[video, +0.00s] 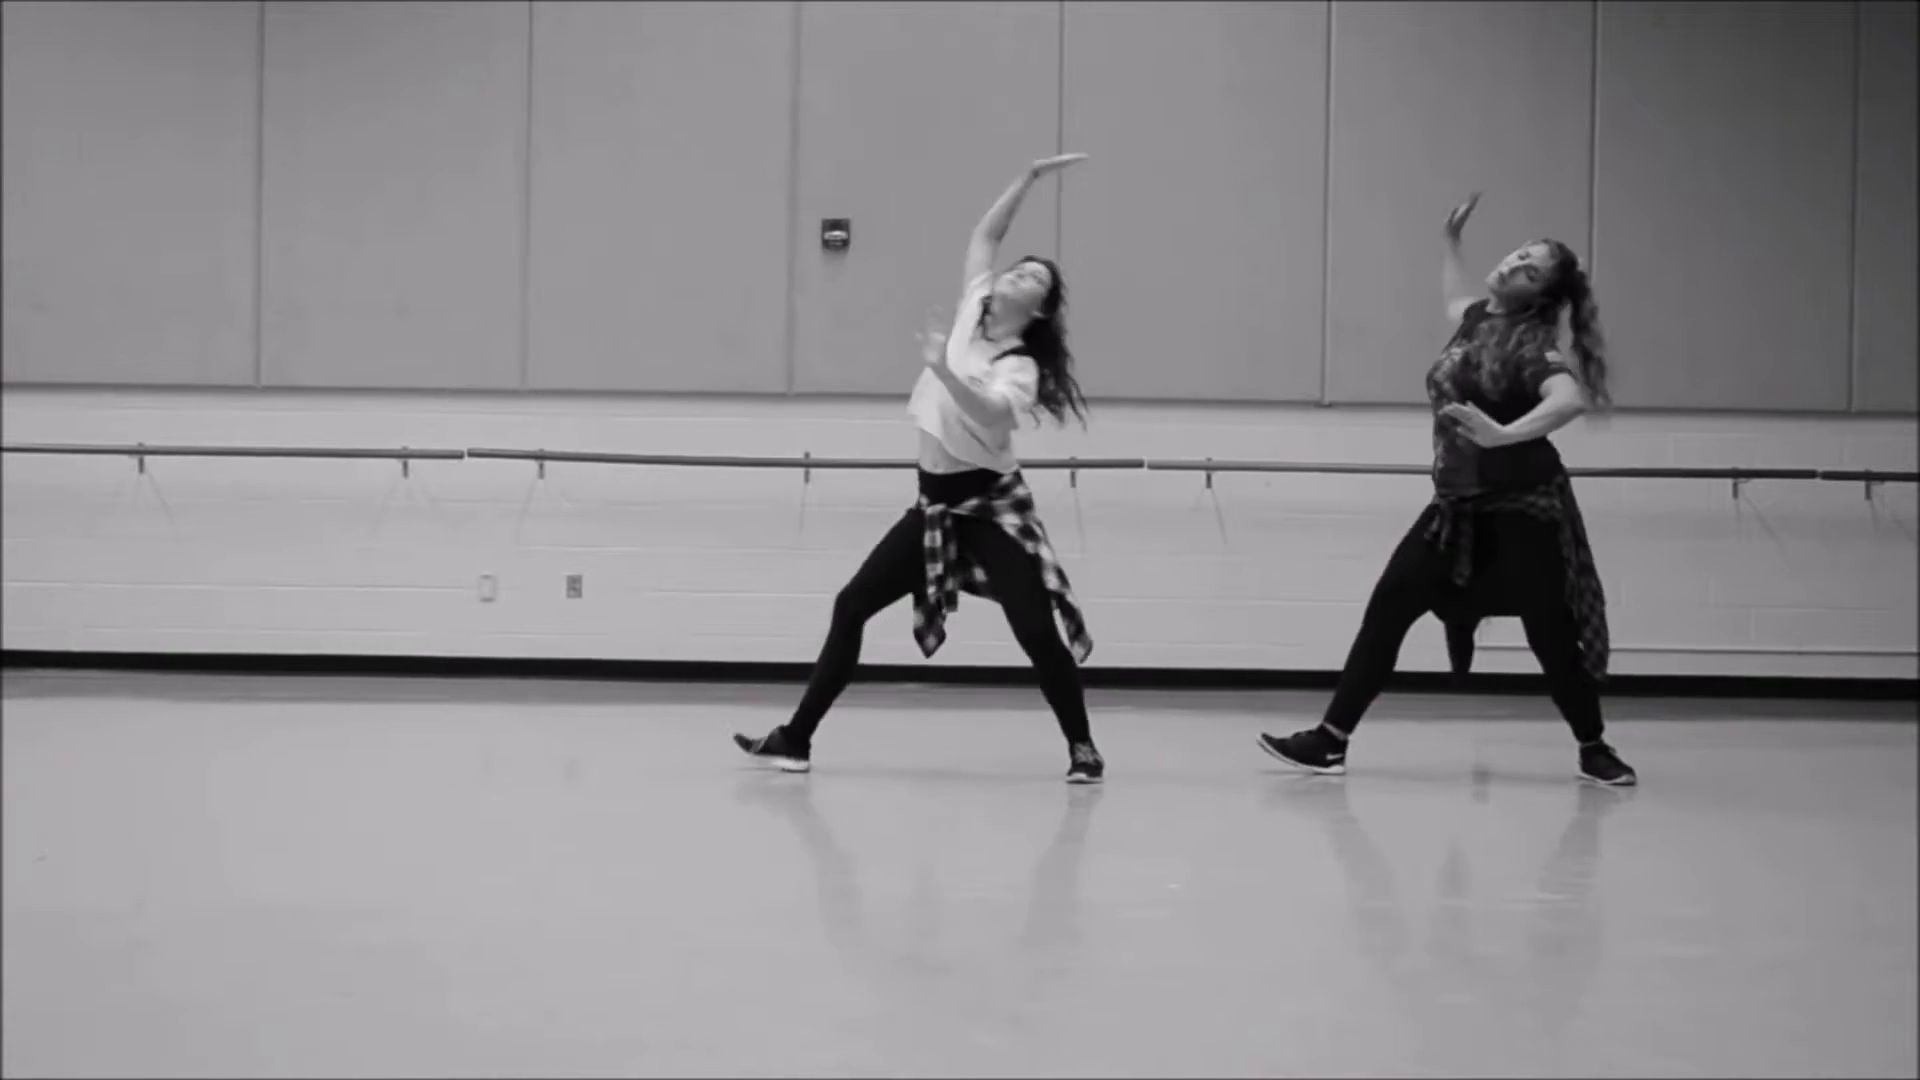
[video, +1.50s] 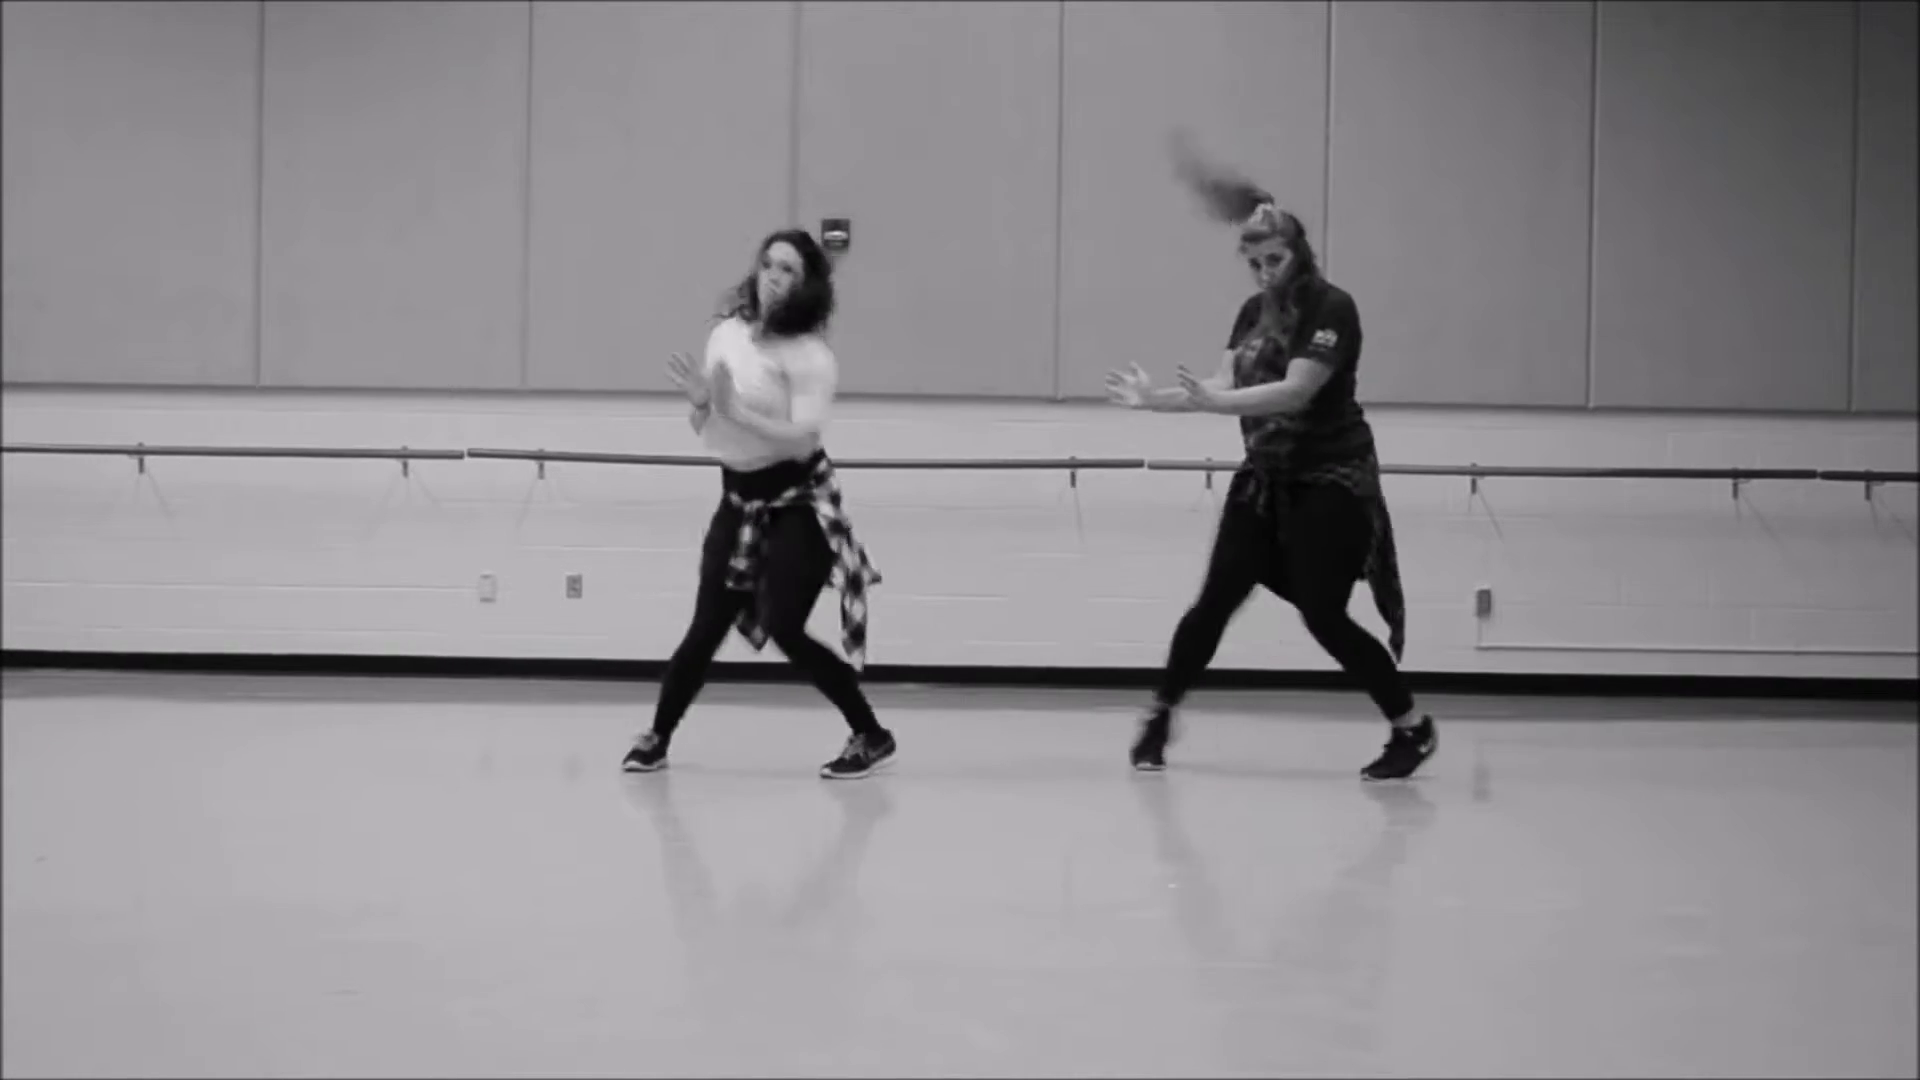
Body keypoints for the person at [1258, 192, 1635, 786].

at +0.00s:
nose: (1514, 262)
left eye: (1531, 266)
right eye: (1518, 254)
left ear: (1541, 295)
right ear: (1503, 265)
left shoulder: (1535, 343)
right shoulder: (1474, 323)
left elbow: (1569, 400)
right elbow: (1456, 299)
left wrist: (1505, 433)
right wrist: (1451, 245)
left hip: (1524, 507)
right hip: (1457, 506)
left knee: (1553, 635)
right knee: (1389, 605)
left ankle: (1593, 748)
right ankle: (1331, 735)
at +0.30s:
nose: (1411, 272)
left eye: (1426, 269)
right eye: (1417, 263)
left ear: (1450, 293)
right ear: (1419, 282)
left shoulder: (1473, 345)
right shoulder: (1399, 344)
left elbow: (1518, 416)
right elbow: (1392, 408)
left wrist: (1505, 402)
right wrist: (1332, 394)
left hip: (1484, 518)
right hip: (1415, 518)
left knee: (1533, 642)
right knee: (1327, 602)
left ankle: (1608, 741)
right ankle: (1320, 739)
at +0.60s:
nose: (1341, 262)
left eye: (1356, 258)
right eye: (1345, 253)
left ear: (1385, 276)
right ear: (1350, 270)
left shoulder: (1408, 329)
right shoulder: (1330, 331)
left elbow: (1455, 368)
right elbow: (1310, 388)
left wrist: (1485, 387)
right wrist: (1247, 374)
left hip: (1412, 499)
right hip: (1346, 494)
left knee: (1364, 621)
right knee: (1261, 582)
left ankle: (1363, 744)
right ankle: (1263, 716)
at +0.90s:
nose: (1337, 267)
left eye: (1352, 265)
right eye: (1342, 258)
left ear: (1378, 288)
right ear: (1351, 276)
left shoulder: (1396, 346)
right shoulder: (1322, 325)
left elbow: (1452, 390)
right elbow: (1297, 390)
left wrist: (1506, 410)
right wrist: (1250, 361)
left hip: (1363, 503)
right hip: (1295, 499)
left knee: (1339, 623)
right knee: (1209, 596)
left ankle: (1362, 745)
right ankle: (1207, 733)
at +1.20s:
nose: (1296, 259)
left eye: (1307, 249)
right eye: (1291, 249)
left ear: (1337, 252)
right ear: (1288, 255)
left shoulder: (1350, 316)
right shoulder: (1290, 314)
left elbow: (1311, 401)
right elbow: (1248, 378)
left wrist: (1223, 408)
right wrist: (1175, 382)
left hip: (1350, 487)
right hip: (1289, 484)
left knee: (1339, 615)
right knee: (1232, 598)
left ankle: (1362, 742)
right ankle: (1211, 735)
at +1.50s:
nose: (1262, 265)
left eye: (1272, 254)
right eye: (1253, 256)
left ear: (1299, 250)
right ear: (1246, 257)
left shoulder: (1331, 310)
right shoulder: (1252, 314)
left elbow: (1296, 393)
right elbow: (1230, 387)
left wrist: (1215, 398)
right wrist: (1162, 397)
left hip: (1332, 484)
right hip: (1264, 482)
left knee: (1326, 616)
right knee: (1213, 602)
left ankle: (1411, 725)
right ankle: (1160, 716)